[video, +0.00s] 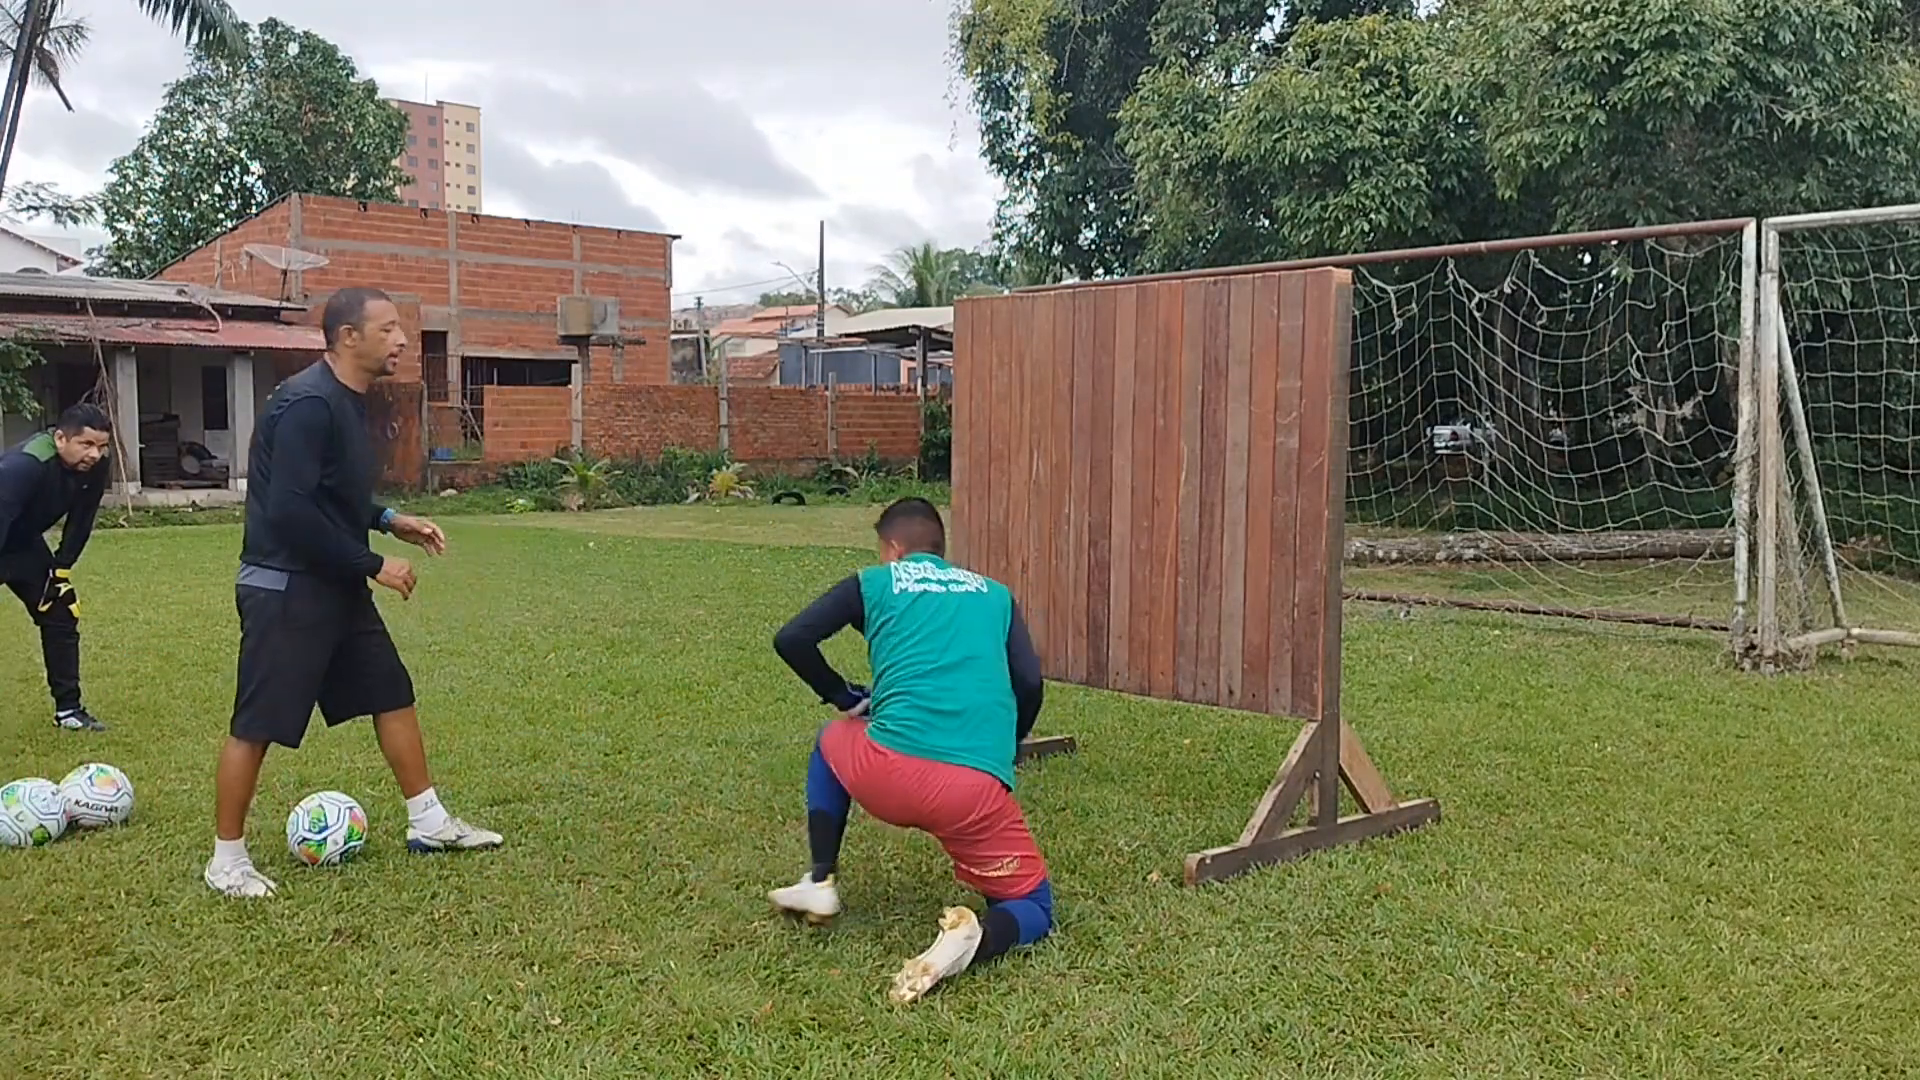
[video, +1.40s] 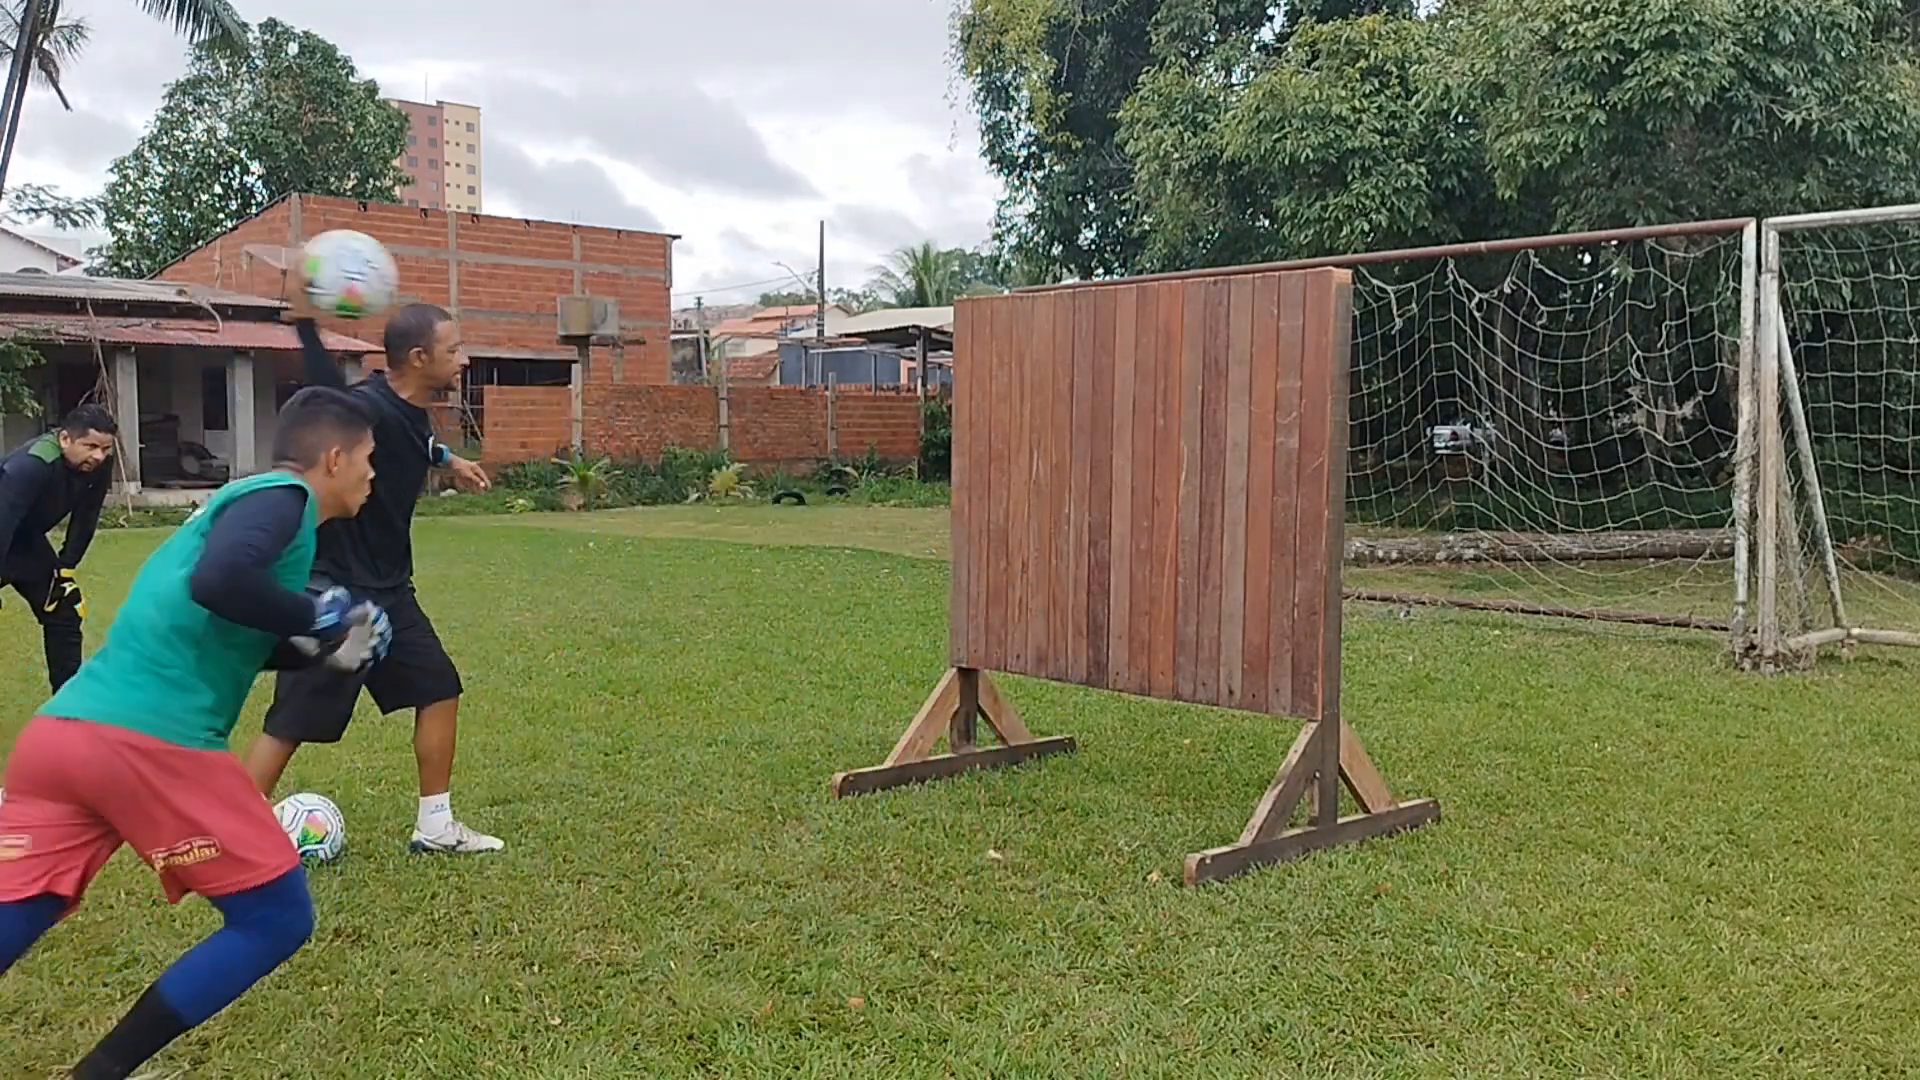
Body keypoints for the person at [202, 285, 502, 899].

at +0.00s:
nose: (398, 340)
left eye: (397, 329)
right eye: (387, 329)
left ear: (356, 340)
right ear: (347, 338)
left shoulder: (347, 401)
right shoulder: (306, 404)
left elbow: (338, 495)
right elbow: (289, 511)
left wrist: (393, 521)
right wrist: (374, 564)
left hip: (336, 585)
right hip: (283, 588)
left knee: (393, 695)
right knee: (254, 724)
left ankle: (429, 822)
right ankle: (227, 860)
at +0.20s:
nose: (353, 325)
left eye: (350, 312)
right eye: (340, 314)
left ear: (310, 325)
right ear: (299, 326)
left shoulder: (310, 394)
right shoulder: (262, 398)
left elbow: (331, 480)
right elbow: (280, 501)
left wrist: (413, 477)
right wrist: (384, 492)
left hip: (320, 584)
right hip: (268, 589)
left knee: (367, 700)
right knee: (251, 724)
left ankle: (381, 834)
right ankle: (227, 859)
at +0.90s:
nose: (326, 328)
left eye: (323, 316)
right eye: (314, 319)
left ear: (286, 326)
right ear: (275, 327)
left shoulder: (299, 393)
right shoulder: (223, 406)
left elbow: (311, 478)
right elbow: (212, 519)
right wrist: (303, 549)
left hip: (307, 574)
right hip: (248, 584)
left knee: (359, 693)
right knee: (242, 726)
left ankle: (385, 819)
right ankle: (225, 859)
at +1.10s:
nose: (358, 335)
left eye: (356, 324)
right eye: (346, 326)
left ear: (322, 334)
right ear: (305, 335)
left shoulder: (348, 390)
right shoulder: (248, 403)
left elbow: (388, 437)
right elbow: (192, 499)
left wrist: (440, 461)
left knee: (399, 687)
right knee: (246, 720)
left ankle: (415, 820)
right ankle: (224, 853)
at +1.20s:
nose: (384, 343)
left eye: (382, 332)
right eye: (374, 334)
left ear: (345, 342)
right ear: (335, 342)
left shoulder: (367, 393)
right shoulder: (270, 398)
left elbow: (411, 427)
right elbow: (189, 452)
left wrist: (483, 457)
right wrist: (178, 370)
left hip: (356, 579)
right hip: (285, 586)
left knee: (409, 687)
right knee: (251, 715)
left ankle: (429, 825)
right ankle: (214, 835)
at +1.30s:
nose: (422, 351)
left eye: (420, 339)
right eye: (413, 340)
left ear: (384, 349)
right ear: (373, 349)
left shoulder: (395, 401)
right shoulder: (311, 398)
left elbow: (415, 426)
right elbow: (228, 409)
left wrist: (478, 452)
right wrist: (210, 317)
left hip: (377, 588)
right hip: (308, 591)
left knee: (430, 689)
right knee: (268, 722)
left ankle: (432, 826)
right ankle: (224, 845)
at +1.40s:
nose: (461, 359)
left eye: (459, 348)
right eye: (452, 349)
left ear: (417, 356)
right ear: (416, 357)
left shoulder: (415, 413)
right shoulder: (366, 407)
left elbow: (411, 441)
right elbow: (323, 394)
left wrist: (450, 460)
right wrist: (304, 319)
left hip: (391, 590)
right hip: (334, 592)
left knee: (439, 689)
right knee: (291, 721)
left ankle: (435, 824)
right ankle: (231, 832)